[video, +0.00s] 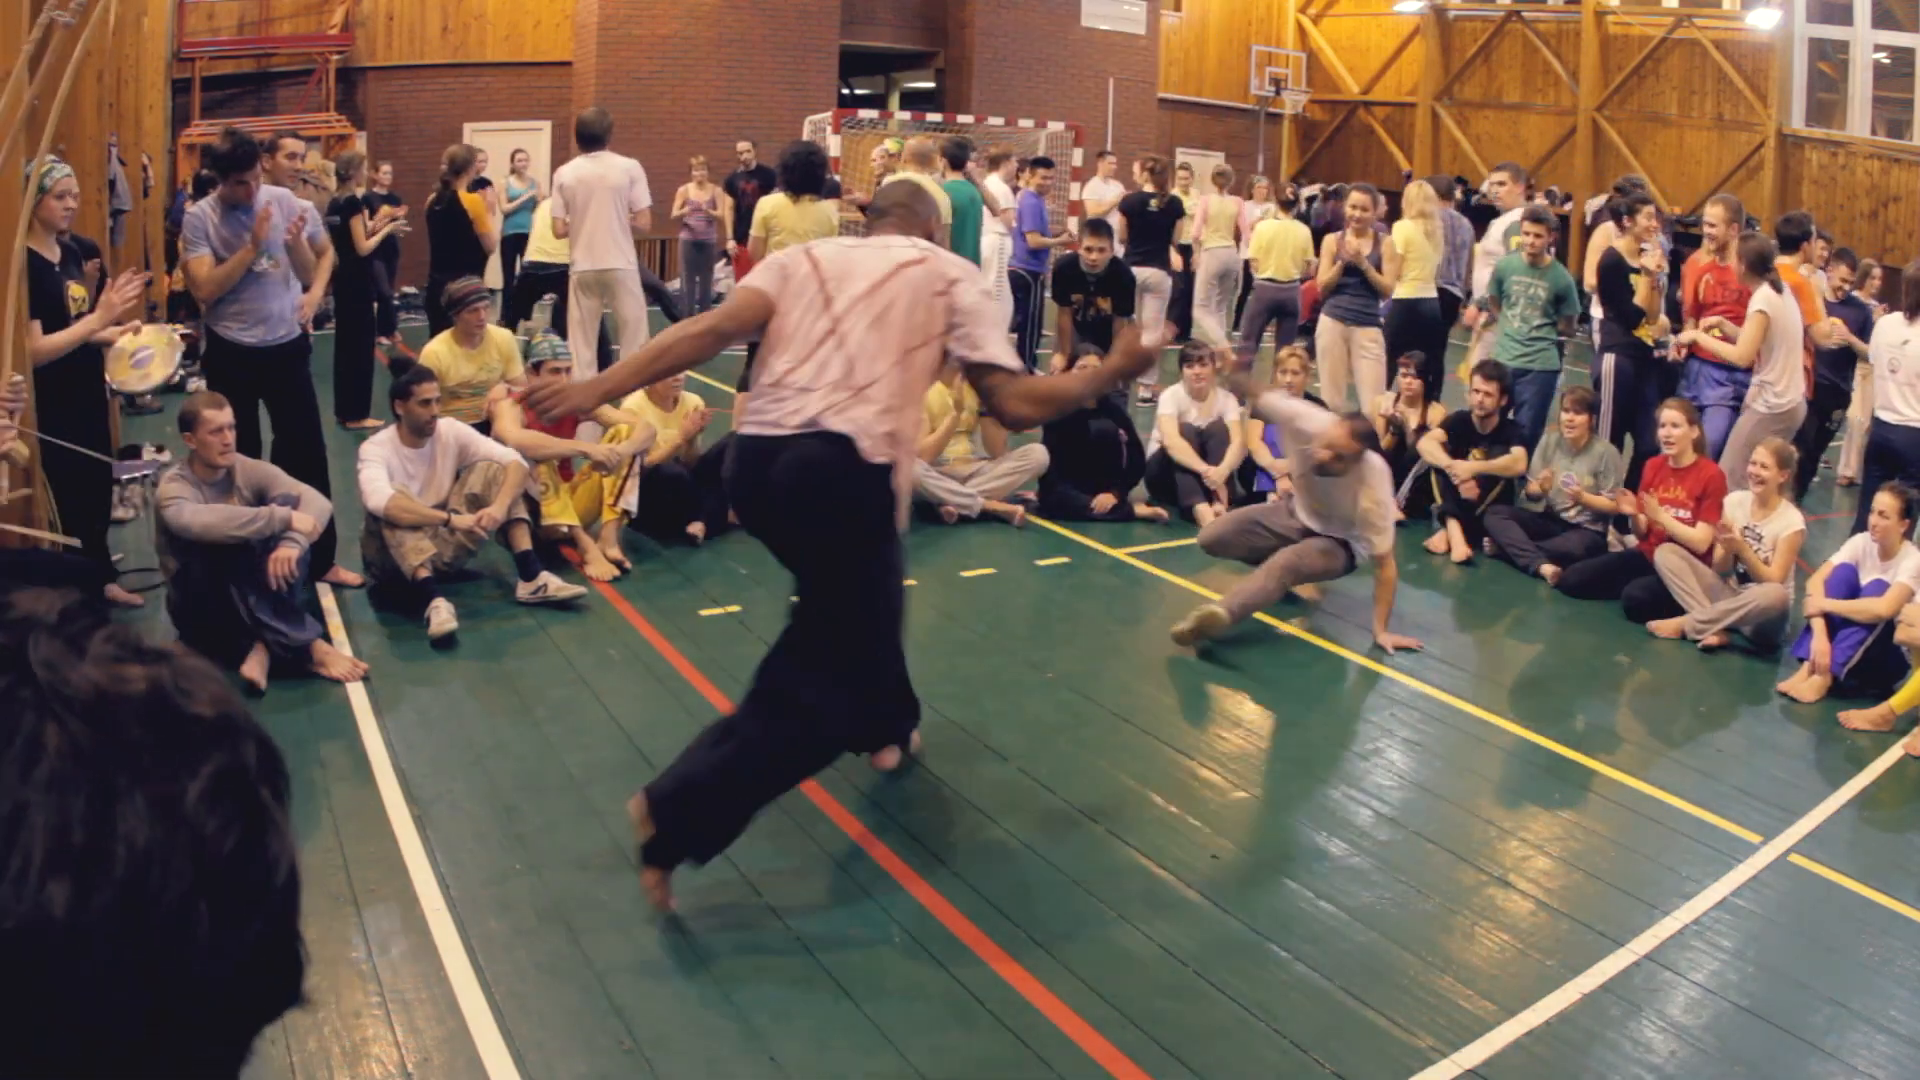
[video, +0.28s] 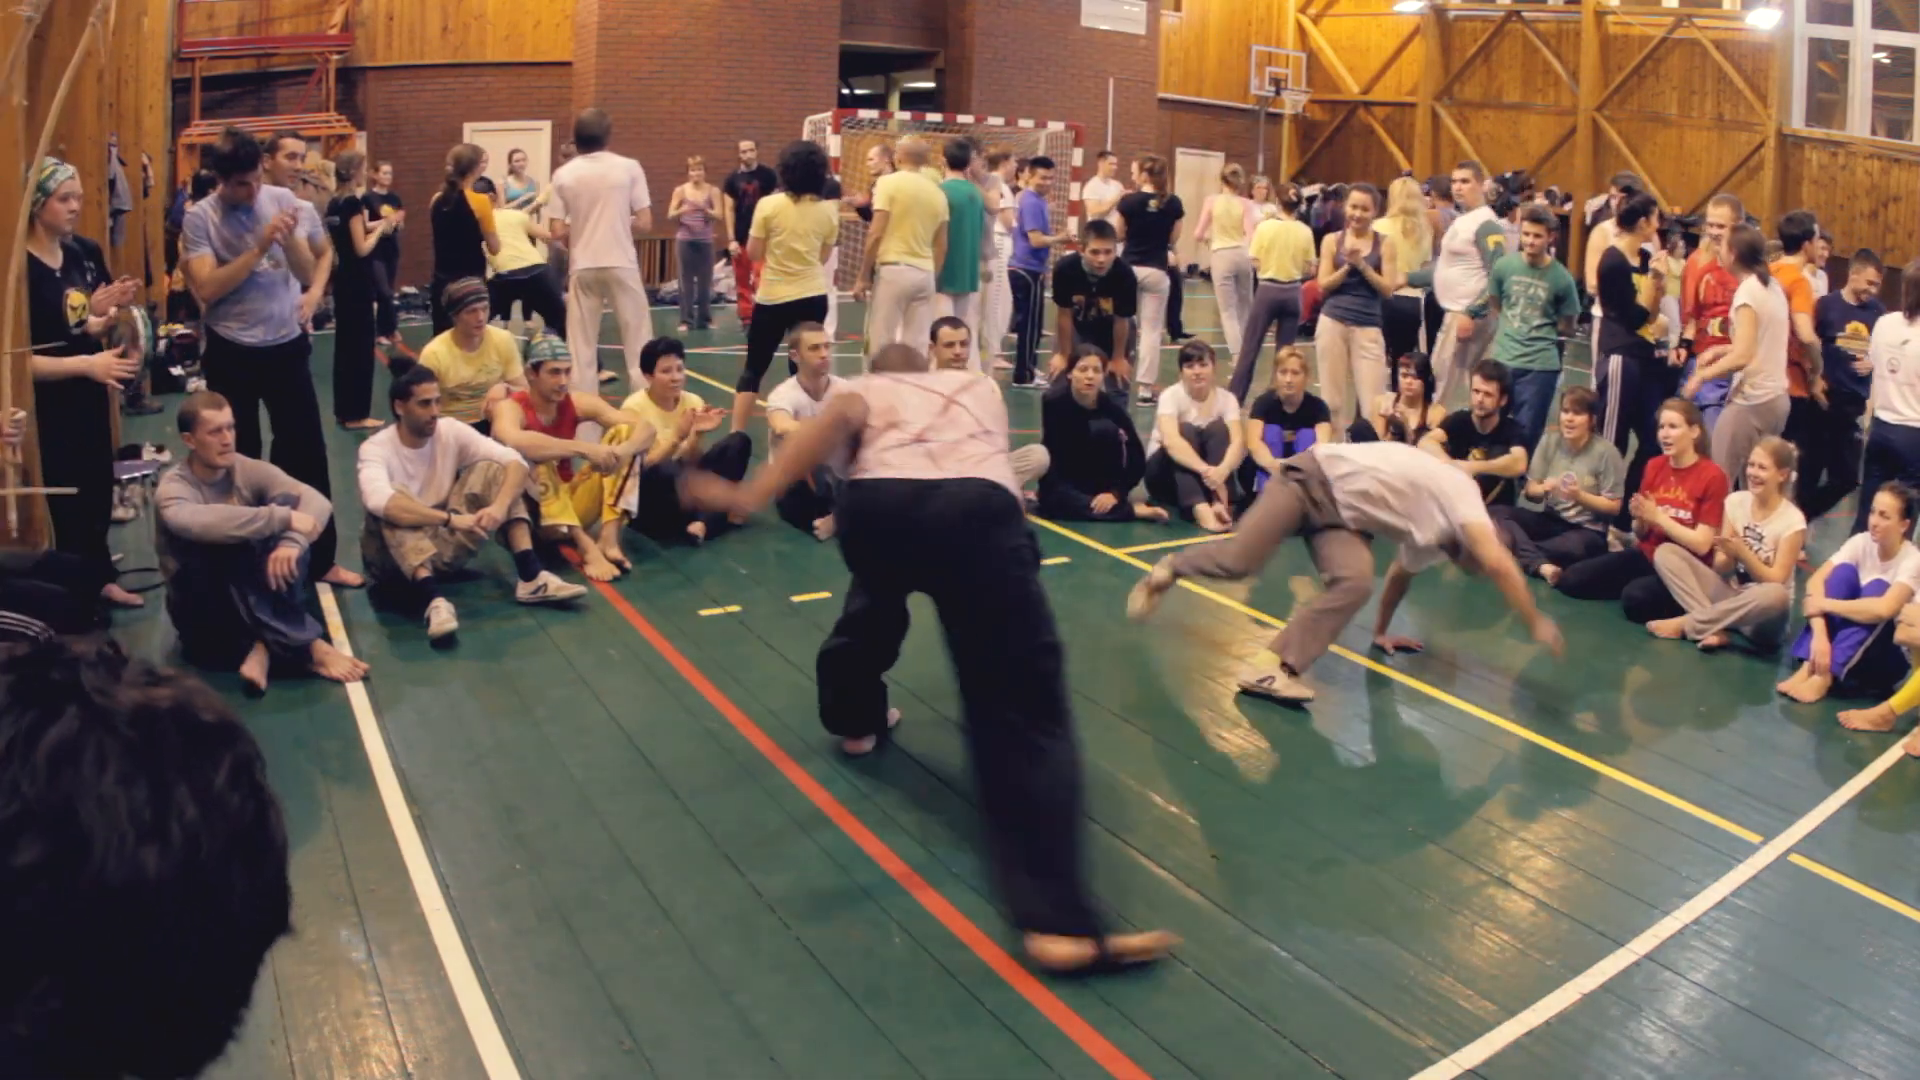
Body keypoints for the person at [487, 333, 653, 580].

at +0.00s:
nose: (562, 380)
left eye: (567, 371)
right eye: (554, 372)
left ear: (573, 371)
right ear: (533, 373)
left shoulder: (578, 402)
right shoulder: (510, 405)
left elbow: (645, 428)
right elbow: (512, 438)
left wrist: (625, 450)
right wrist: (585, 449)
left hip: (572, 504)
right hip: (528, 509)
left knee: (624, 437)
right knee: (540, 465)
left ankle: (609, 537)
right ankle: (586, 545)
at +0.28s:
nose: (563, 381)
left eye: (567, 372)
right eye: (554, 373)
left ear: (572, 371)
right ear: (531, 374)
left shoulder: (579, 403)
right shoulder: (510, 407)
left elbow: (646, 428)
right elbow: (508, 438)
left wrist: (625, 450)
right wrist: (584, 449)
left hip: (572, 505)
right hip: (528, 511)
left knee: (623, 432)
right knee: (541, 466)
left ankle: (609, 537)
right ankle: (586, 546)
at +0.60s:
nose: (563, 382)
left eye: (568, 373)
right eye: (554, 374)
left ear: (573, 372)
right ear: (531, 374)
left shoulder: (579, 404)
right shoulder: (509, 408)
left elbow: (646, 428)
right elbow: (507, 439)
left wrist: (626, 451)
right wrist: (582, 450)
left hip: (572, 505)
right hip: (527, 511)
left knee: (623, 432)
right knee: (541, 466)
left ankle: (609, 537)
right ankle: (587, 546)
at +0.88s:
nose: (563, 382)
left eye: (568, 373)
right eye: (554, 373)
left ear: (573, 372)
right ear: (532, 374)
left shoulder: (578, 402)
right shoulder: (510, 407)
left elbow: (645, 428)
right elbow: (507, 439)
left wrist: (626, 451)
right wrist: (583, 451)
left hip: (572, 504)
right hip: (528, 510)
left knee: (623, 433)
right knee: (541, 465)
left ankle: (609, 536)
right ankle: (586, 546)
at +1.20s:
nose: (564, 380)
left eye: (568, 371)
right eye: (555, 372)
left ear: (573, 371)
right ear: (532, 373)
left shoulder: (579, 402)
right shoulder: (509, 408)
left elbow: (645, 428)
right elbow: (509, 439)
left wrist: (625, 451)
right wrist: (582, 452)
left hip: (571, 504)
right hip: (527, 510)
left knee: (624, 432)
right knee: (540, 466)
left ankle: (609, 536)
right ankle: (586, 546)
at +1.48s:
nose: (564, 381)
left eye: (568, 372)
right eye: (555, 372)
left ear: (573, 371)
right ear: (532, 373)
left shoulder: (579, 402)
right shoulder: (510, 408)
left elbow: (645, 428)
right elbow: (509, 439)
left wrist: (625, 451)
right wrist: (582, 452)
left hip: (570, 504)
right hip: (526, 510)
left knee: (624, 432)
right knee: (540, 466)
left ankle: (609, 537)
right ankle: (586, 546)